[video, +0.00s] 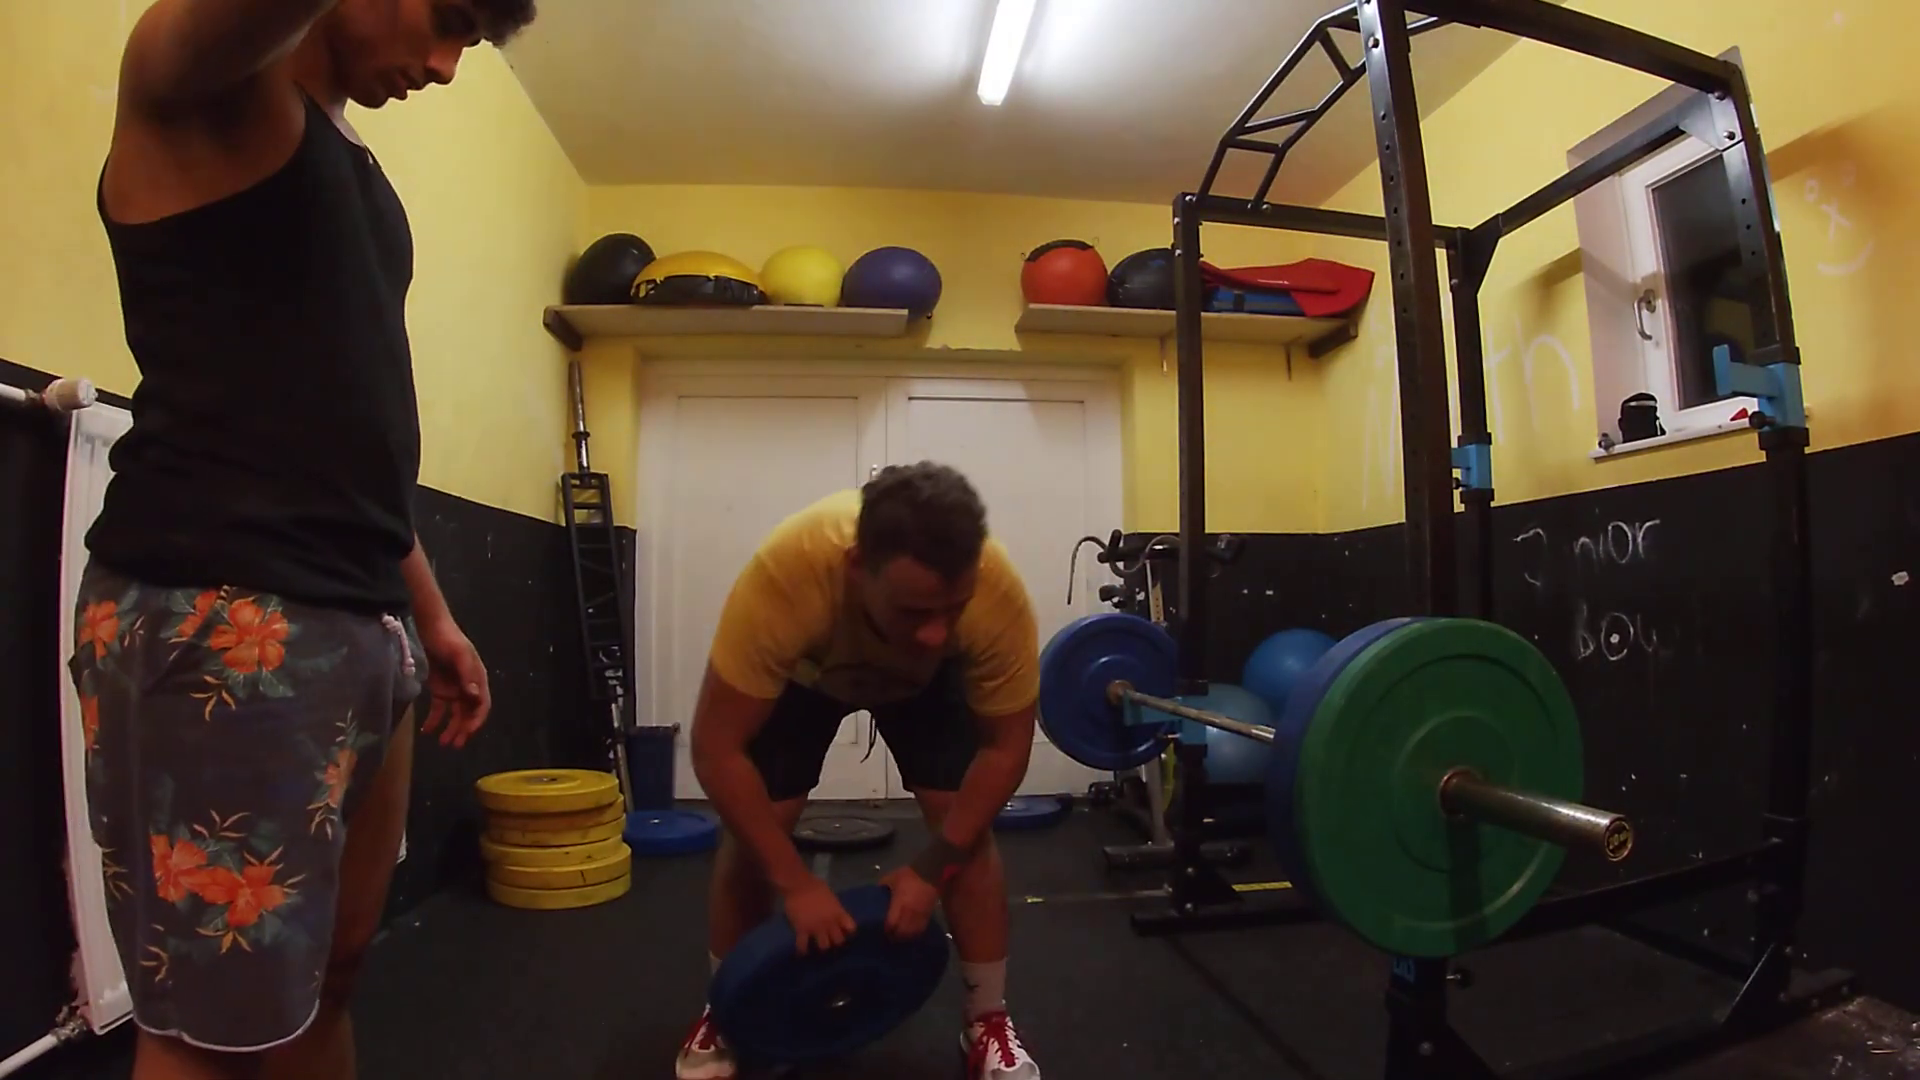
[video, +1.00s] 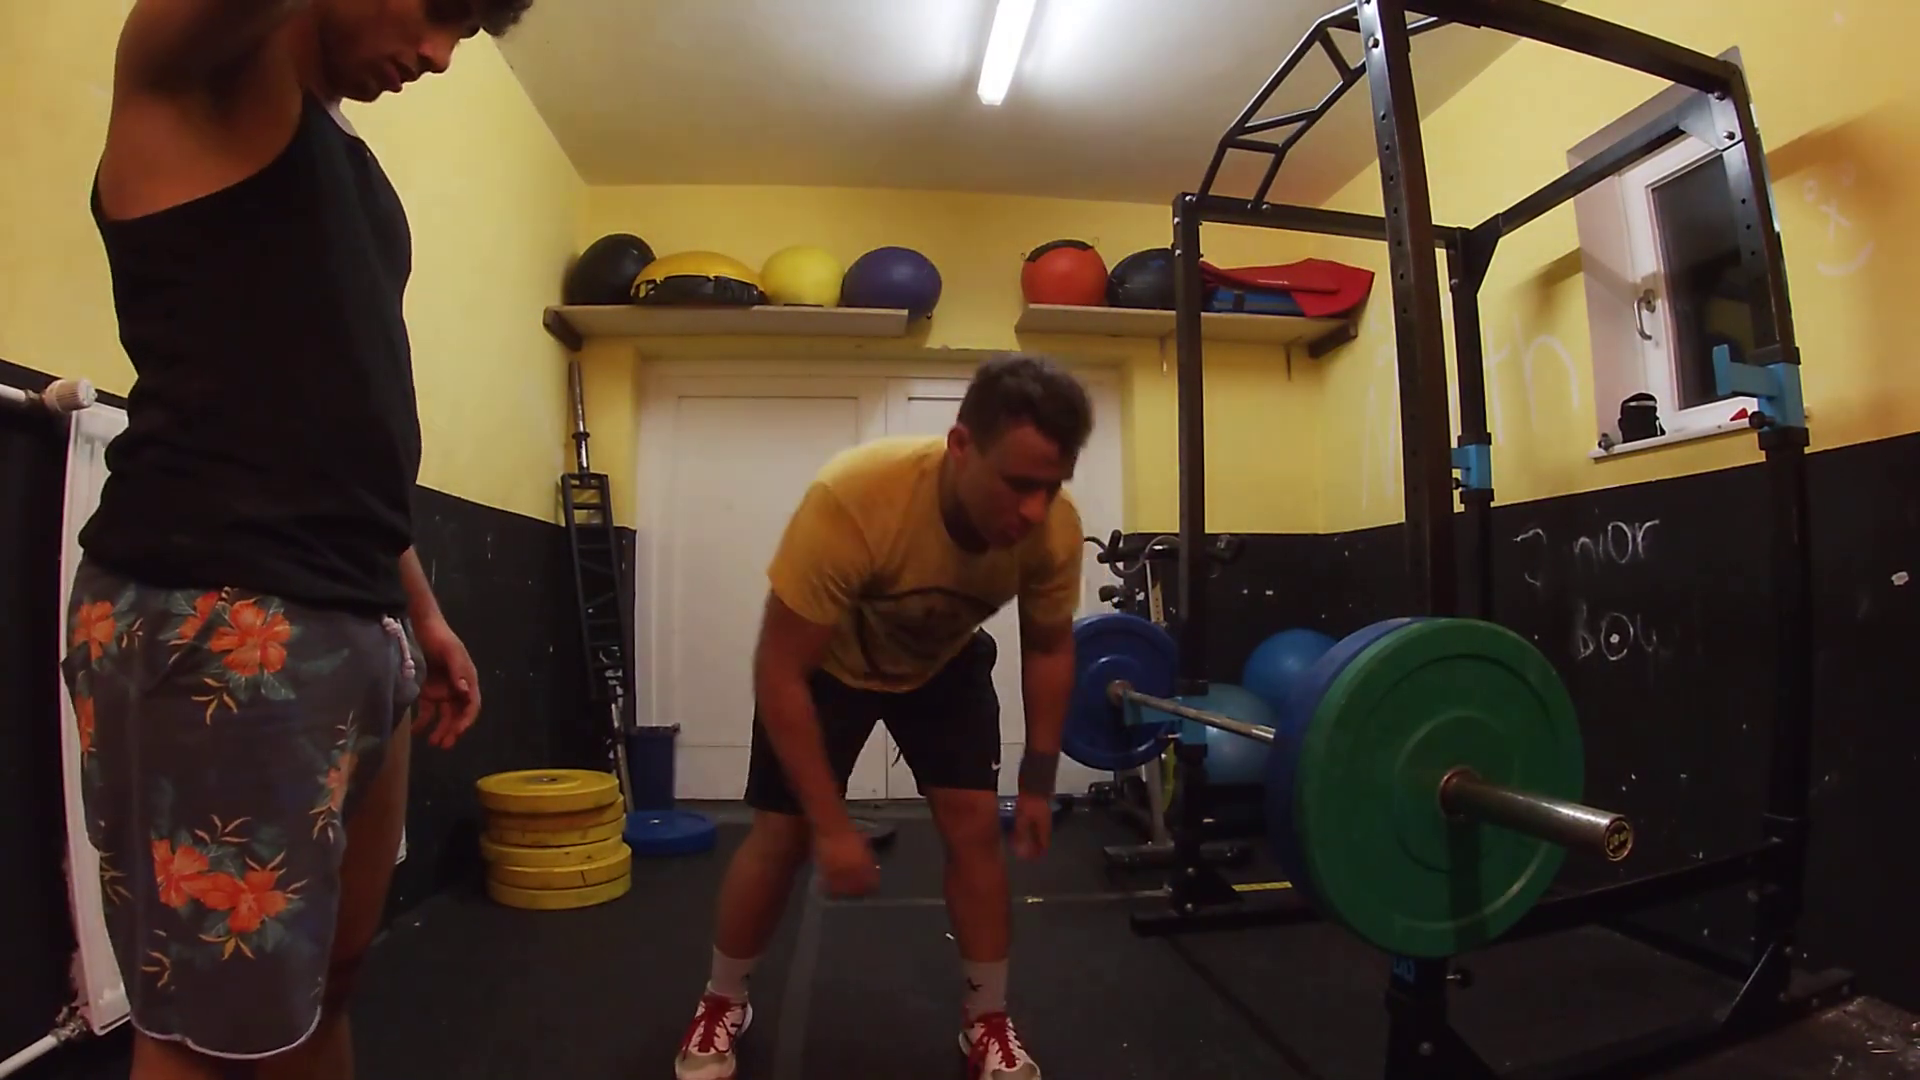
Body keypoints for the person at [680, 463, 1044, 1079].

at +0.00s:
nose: (936, 632)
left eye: (953, 611)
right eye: (914, 614)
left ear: (971, 579)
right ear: (856, 570)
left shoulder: (996, 597)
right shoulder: (786, 574)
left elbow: (1008, 745)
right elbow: (714, 744)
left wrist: (931, 870)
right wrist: (796, 883)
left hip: (925, 676)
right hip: (805, 671)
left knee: (968, 833)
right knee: (754, 834)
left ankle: (990, 1022)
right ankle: (724, 1015)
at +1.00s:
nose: (1034, 511)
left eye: (1051, 490)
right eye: (1017, 484)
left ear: (1067, 475)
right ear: (960, 446)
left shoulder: (1051, 528)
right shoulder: (850, 502)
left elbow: (1050, 645)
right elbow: (778, 669)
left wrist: (1038, 781)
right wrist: (832, 826)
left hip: (945, 664)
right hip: (828, 661)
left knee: (975, 826)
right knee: (779, 835)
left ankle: (989, 1024)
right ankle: (721, 1005)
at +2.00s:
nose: (869, 300)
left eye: (873, 286)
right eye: (863, 281)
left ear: (827, 271)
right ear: (814, 264)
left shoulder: (833, 373)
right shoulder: (734, 353)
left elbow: (840, 502)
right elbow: (684, 481)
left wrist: (895, 588)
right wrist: (747, 587)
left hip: (853, 634)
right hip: (764, 632)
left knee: (850, 801)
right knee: (746, 816)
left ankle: (804, 970)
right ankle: (687, 1006)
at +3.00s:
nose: (1098, 341)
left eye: (1105, 326)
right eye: (1093, 321)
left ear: (1041, 301)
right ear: (1049, 296)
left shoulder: (987, 370)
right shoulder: (1018, 374)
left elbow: (1001, 535)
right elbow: (1067, 519)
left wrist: (1073, 626)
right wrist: (1163, 637)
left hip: (933, 622)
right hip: (996, 629)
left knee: (947, 798)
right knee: (1082, 808)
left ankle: (819, 950)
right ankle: (1108, 1012)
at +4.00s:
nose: (1298, 461)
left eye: (1309, 455)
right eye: (1309, 445)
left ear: (1278, 393)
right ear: (1293, 402)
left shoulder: (1185, 424)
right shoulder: (1240, 417)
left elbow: (1146, 562)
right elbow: (1262, 549)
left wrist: (1161, 675)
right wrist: (1282, 689)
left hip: (1026, 582)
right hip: (1078, 596)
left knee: (1080, 789)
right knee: (1126, 798)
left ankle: (1070, 964)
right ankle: (1111, 1012)